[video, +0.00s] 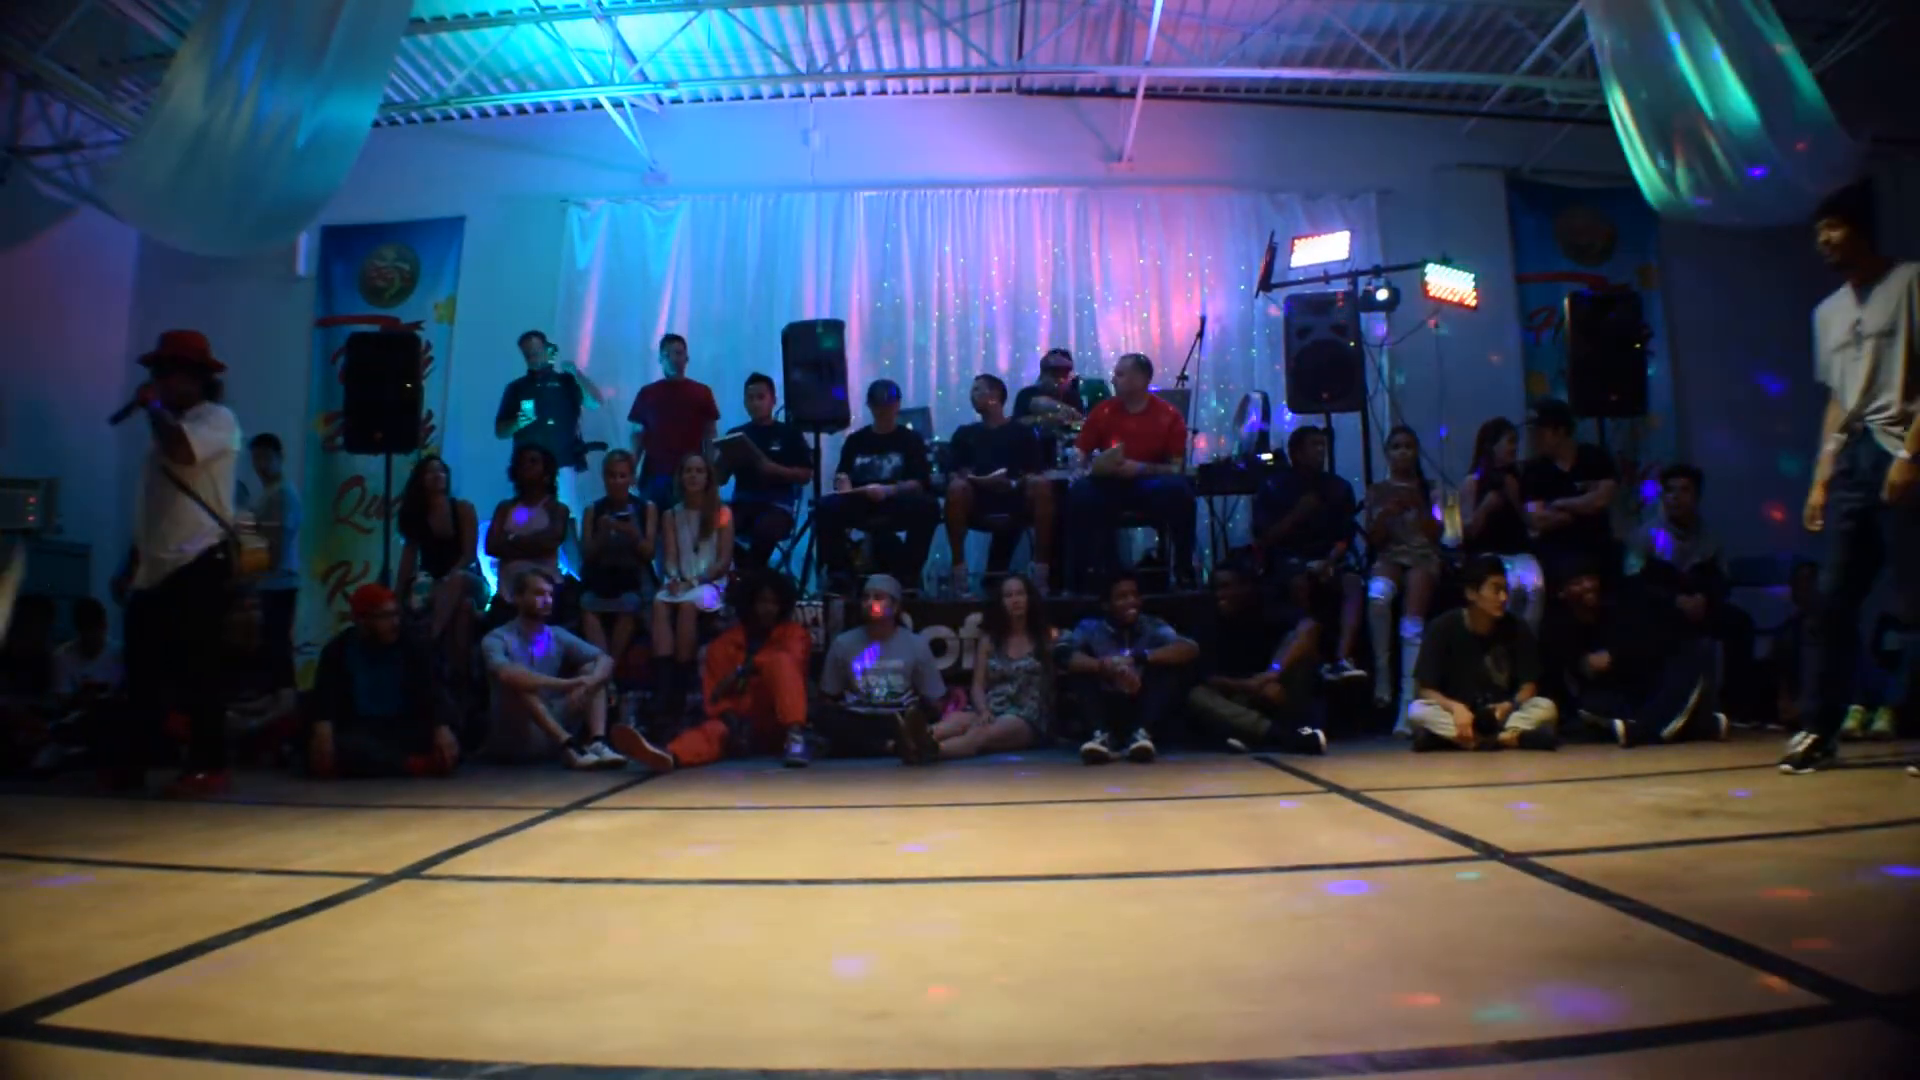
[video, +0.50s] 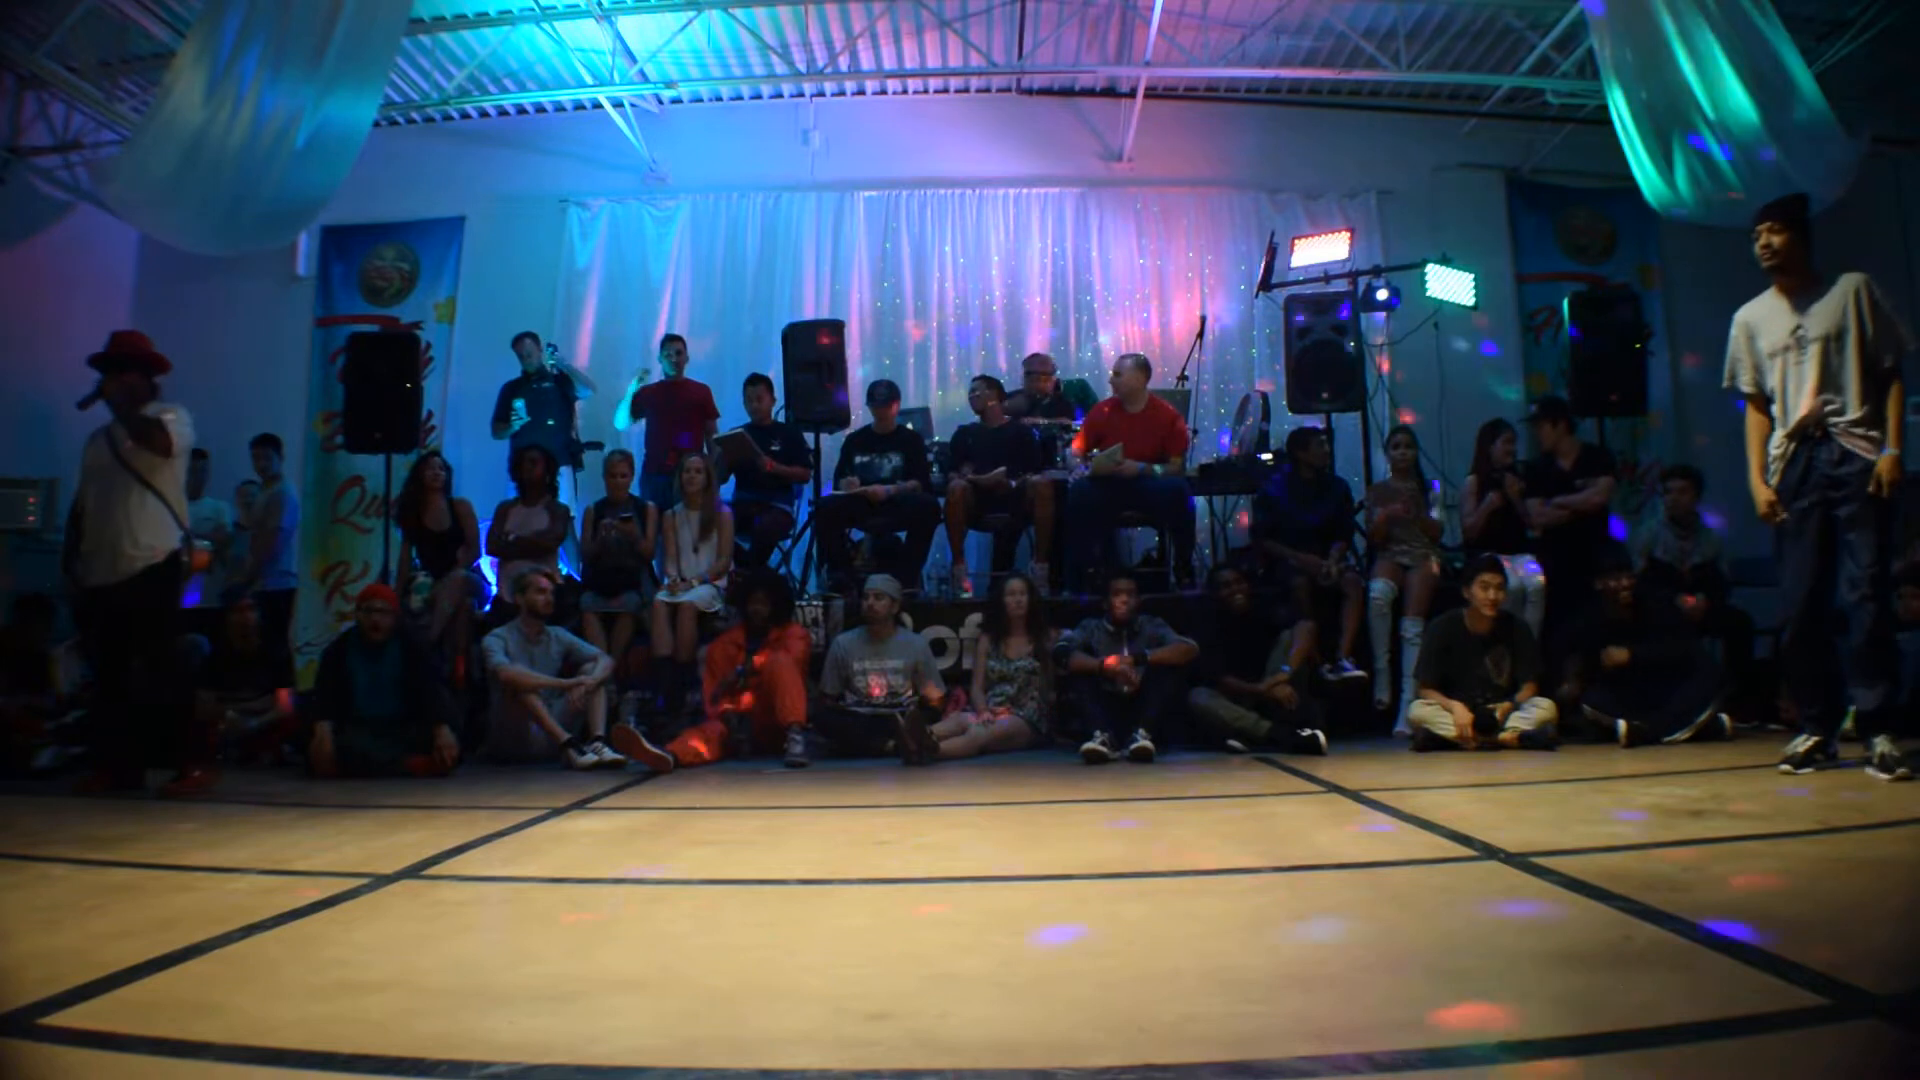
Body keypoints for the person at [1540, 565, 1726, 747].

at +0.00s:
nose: (1586, 588)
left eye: (1590, 581)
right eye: (1577, 584)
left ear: (1599, 582)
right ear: (1563, 592)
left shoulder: (1620, 610)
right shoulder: (1560, 623)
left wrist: (1613, 657)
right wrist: (1584, 663)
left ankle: (1644, 728)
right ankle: (1691, 728)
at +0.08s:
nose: (1593, 588)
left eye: (1597, 579)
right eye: (1583, 583)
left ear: (1607, 581)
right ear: (1570, 591)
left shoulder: (1631, 610)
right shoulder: (1567, 624)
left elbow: (1659, 652)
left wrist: (1619, 675)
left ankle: (1647, 729)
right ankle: (1690, 728)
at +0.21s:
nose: (1602, 590)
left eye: (1607, 583)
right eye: (1592, 585)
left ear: (1616, 586)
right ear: (1578, 591)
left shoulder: (1634, 615)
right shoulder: (1572, 624)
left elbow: (1656, 656)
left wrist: (1620, 672)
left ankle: (1648, 729)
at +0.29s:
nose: (1608, 586)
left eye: (1613, 579)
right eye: (1598, 581)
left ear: (1620, 582)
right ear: (1582, 590)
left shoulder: (1639, 612)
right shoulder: (1577, 623)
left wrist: (1619, 670)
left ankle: (1649, 729)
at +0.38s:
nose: (1612, 586)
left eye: (1616, 579)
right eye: (1604, 581)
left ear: (1623, 580)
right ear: (1590, 587)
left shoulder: (1646, 609)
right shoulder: (1588, 618)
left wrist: (1623, 664)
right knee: (1594, 703)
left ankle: (1653, 730)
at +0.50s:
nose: (1623, 585)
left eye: (1627, 577)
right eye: (1614, 579)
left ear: (1635, 578)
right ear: (1600, 584)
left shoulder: (1654, 606)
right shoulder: (1594, 614)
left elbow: (1679, 646)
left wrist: (1632, 654)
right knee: (1591, 700)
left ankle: (1651, 731)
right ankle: (1689, 730)